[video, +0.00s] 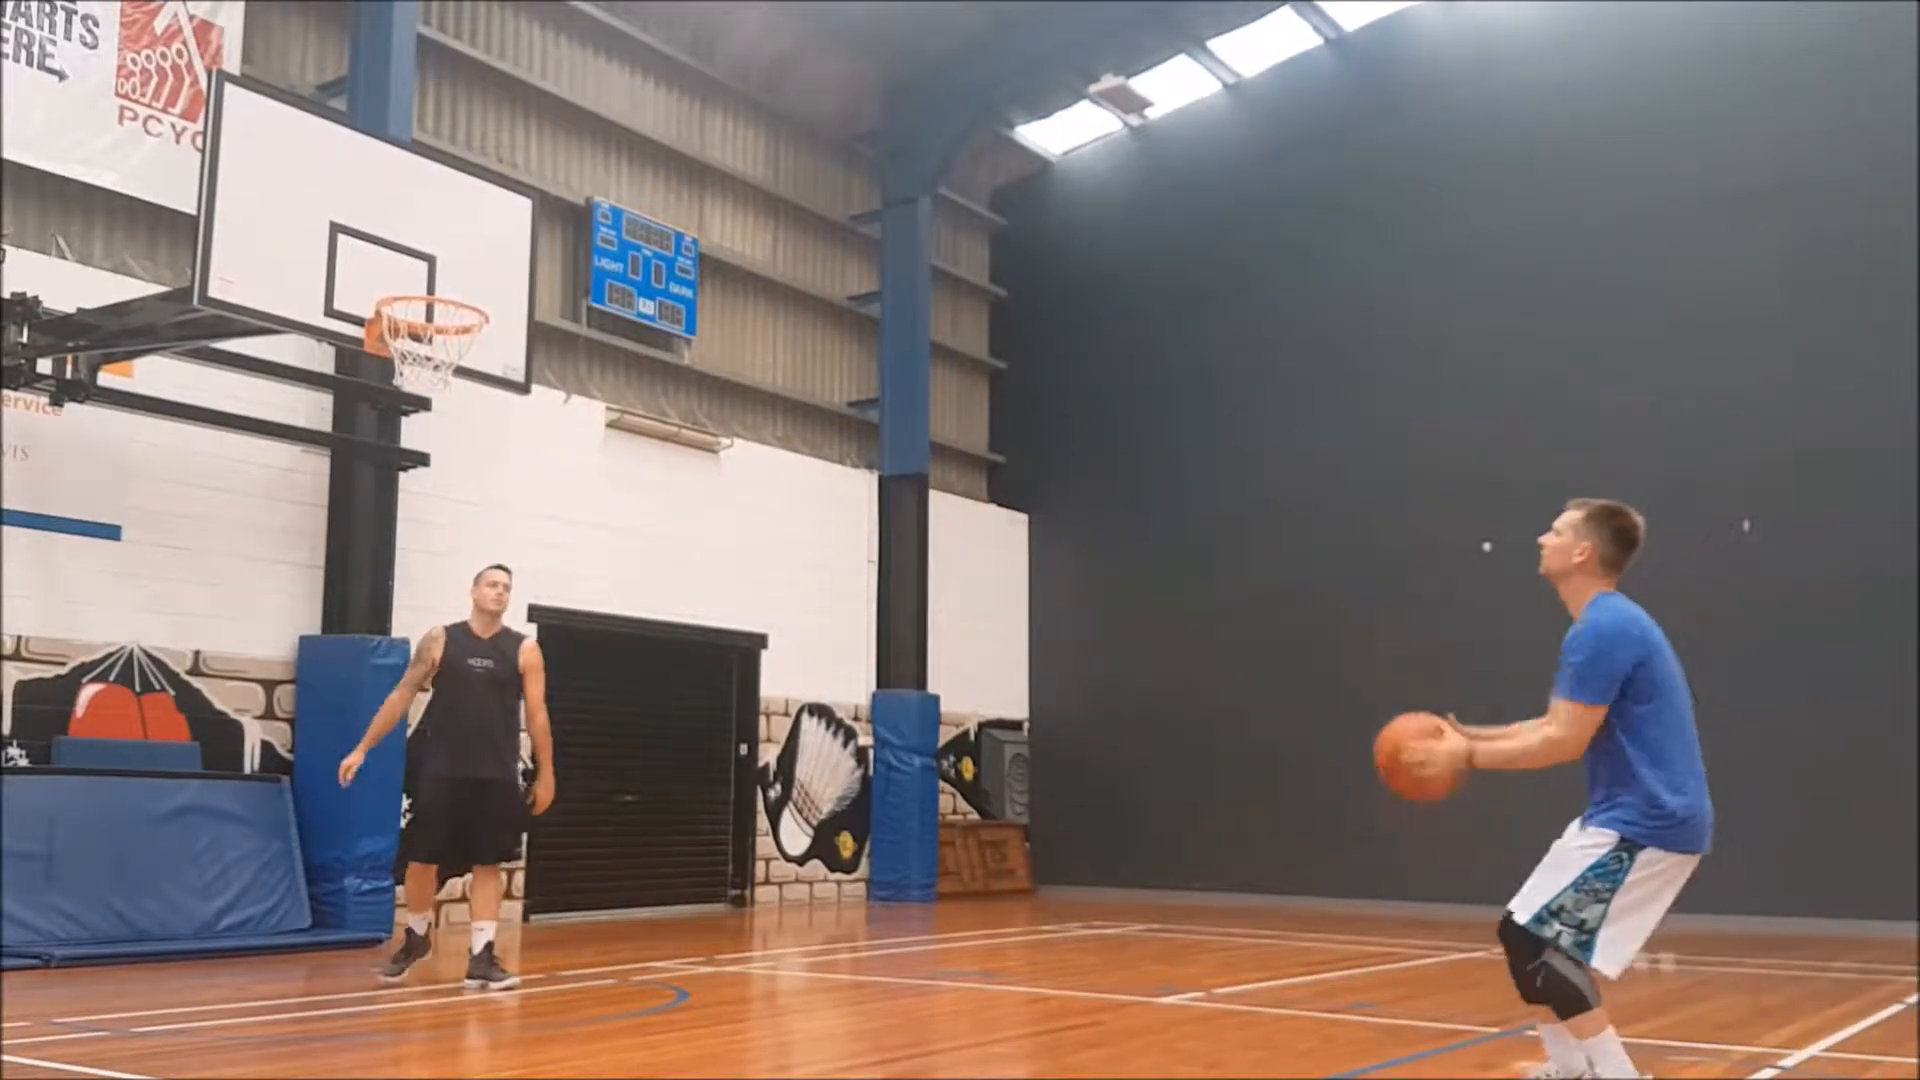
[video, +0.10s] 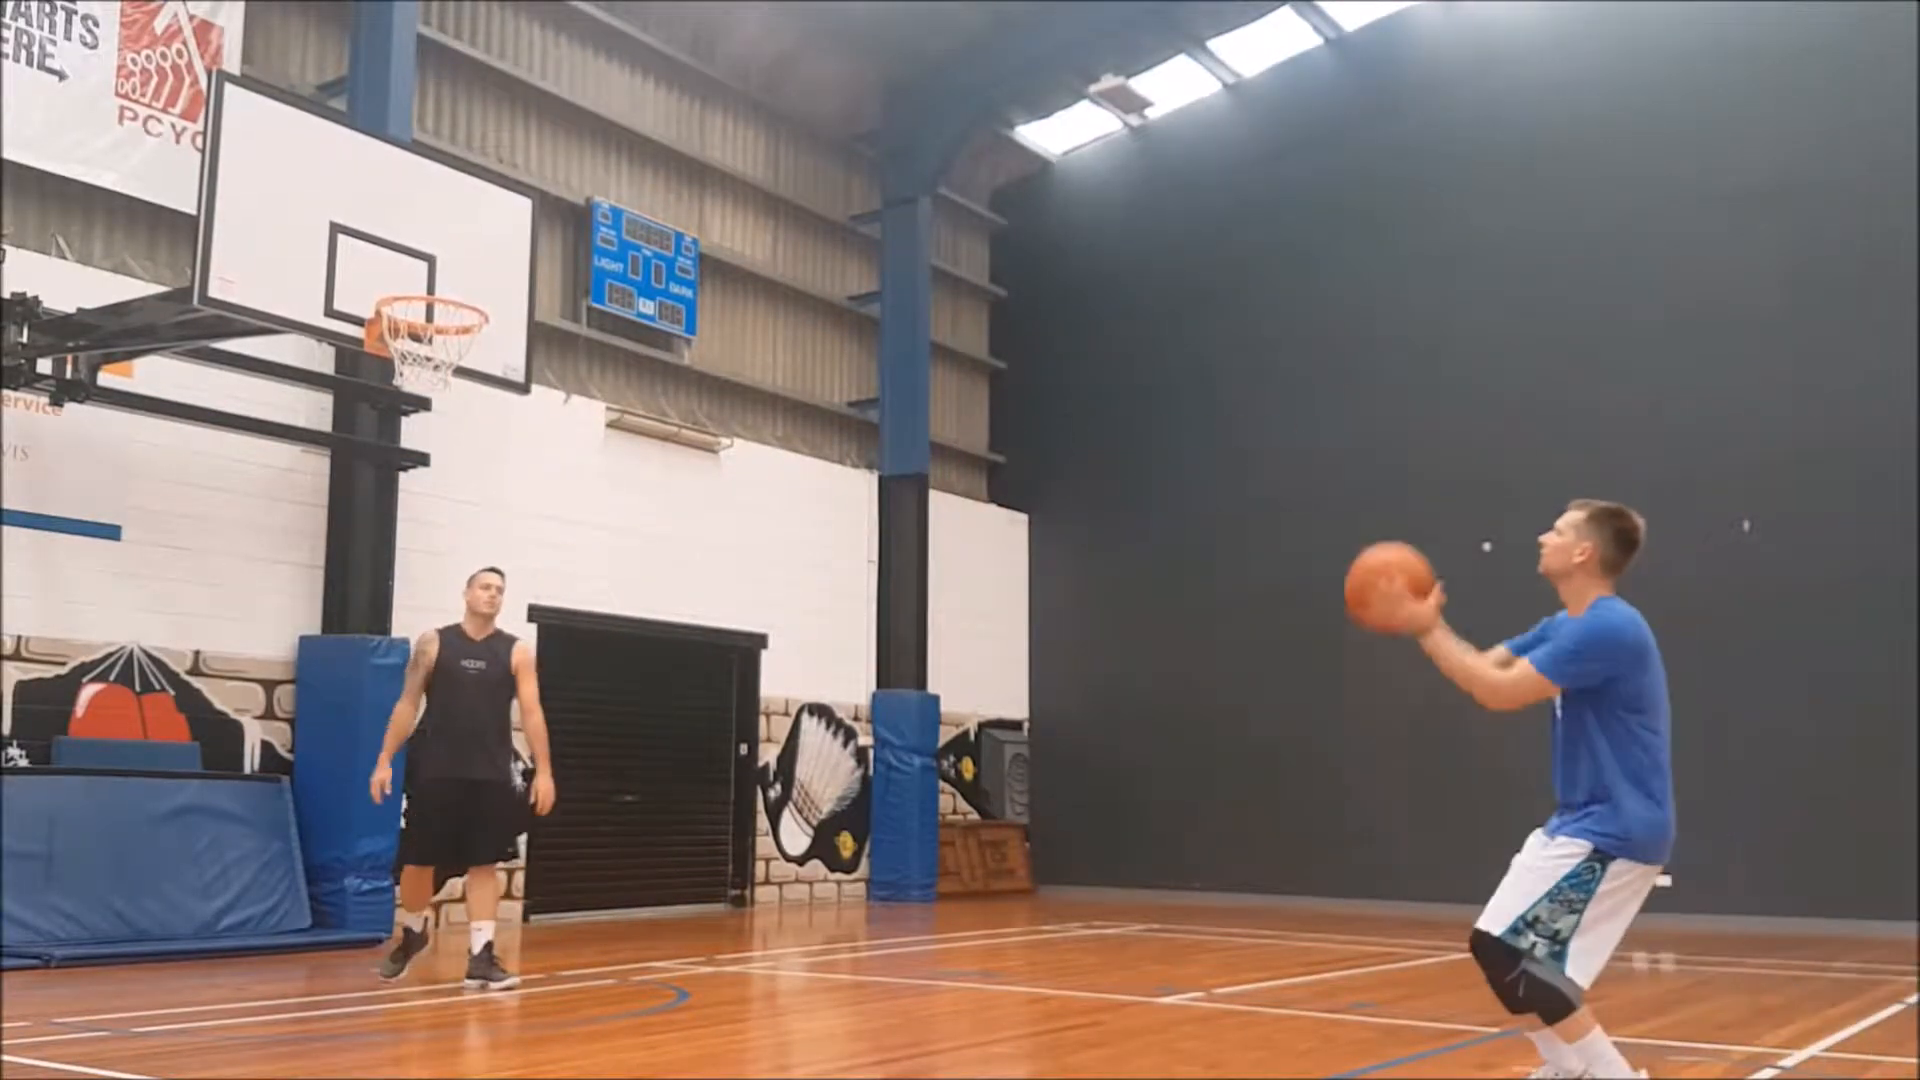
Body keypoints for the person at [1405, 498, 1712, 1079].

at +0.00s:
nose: (1542, 539)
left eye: (1554, 532)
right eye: (1550, 530)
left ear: (1583, 553)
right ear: (1582, 554)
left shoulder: (1608, 627)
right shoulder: (1594, 628)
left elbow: (1566, 741)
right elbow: (1553, 727)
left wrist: (1468, 755)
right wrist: (1466, 737)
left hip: (1650, 820)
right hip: (1621, 813)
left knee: (1542, 942)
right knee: (1521, 930)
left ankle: (1618, 1072)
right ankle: (1568, 1067)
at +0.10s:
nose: (1542, 539)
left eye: (1555, 531)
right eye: (1550, 529)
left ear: (1583, 552)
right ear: (1581, 553)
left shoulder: (1610, 628)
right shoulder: (1564, 624)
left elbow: (1500, 693)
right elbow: (1486, 666)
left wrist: (1429, 629)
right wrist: (1427, 619)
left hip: (1619, 830)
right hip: (1579, 819)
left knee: (1516, 955)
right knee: (1493, 941)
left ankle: (1614, 1071)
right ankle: (1565, 1065)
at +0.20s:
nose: (1544, 513)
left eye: (1558, 507)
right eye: (1553, 505)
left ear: (1586, 531)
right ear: (1584, 533)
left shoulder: (1598, 601)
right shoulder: (1565, 594)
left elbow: (1469, 584)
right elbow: (1458, 579)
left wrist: (1462, 503)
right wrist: (1462, 504)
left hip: (1583, 810)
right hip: (1544, 802)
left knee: (1510, 948)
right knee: (1483, 938)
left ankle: (1613, 1071)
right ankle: (1563, 1066)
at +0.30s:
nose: (1551, 455)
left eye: (1566, 447)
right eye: (1558, 446)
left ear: (1593, 467)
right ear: (1588, 468)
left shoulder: (1594, 532)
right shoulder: (1555, 530)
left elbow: (1470, 483)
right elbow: (1467, 486)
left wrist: (1495, 403)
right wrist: (1495, 417)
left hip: (1562, 746)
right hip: (1523, 742)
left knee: (1543, 906)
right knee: (1510, 901)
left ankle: (1610, 1058)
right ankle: (1553, 1051)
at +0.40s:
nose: (1559, 393)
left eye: (1573, 389)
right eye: (1566, 385)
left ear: (1599, 414)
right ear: (1575, 407)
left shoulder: (1592, 468)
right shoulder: (1547, 466)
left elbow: (1479, 407)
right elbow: (1466, 420)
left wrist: (1477, 321)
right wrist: (1489, 344)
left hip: (1555, 680)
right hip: (1514, 675)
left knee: (1551, 853)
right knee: (1521, 851)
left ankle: (1578, 1012)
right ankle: (1530, 1005)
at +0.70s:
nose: (1556, 424)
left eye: (1571, 418)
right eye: (1566, 415)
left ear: (1597, 439)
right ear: (1595, 441)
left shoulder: (1595, 494)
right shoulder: (1561, 490)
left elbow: (1483, 450)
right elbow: (1500, 425)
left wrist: (1431, 378)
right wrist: (1460, 348)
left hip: (1556, 722)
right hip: (1505, 713)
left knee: (1538, 891)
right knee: (1487, 885)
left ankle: (1565, 1054)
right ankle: (1475, 1037)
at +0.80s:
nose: (1562, 471)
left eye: (1578, 463)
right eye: (1571, 460)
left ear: (1605, 488)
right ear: (1600, 490)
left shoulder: (1607, 552)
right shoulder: (1574, 552)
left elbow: (1478, 527)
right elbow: (1490, 520)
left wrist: (1444, 454)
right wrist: (1469, 442)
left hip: (1563, 768)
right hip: (1516, 762)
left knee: (1533, 926)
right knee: (1470, 914)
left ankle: (1583, 1069)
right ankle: (1497, 1061)